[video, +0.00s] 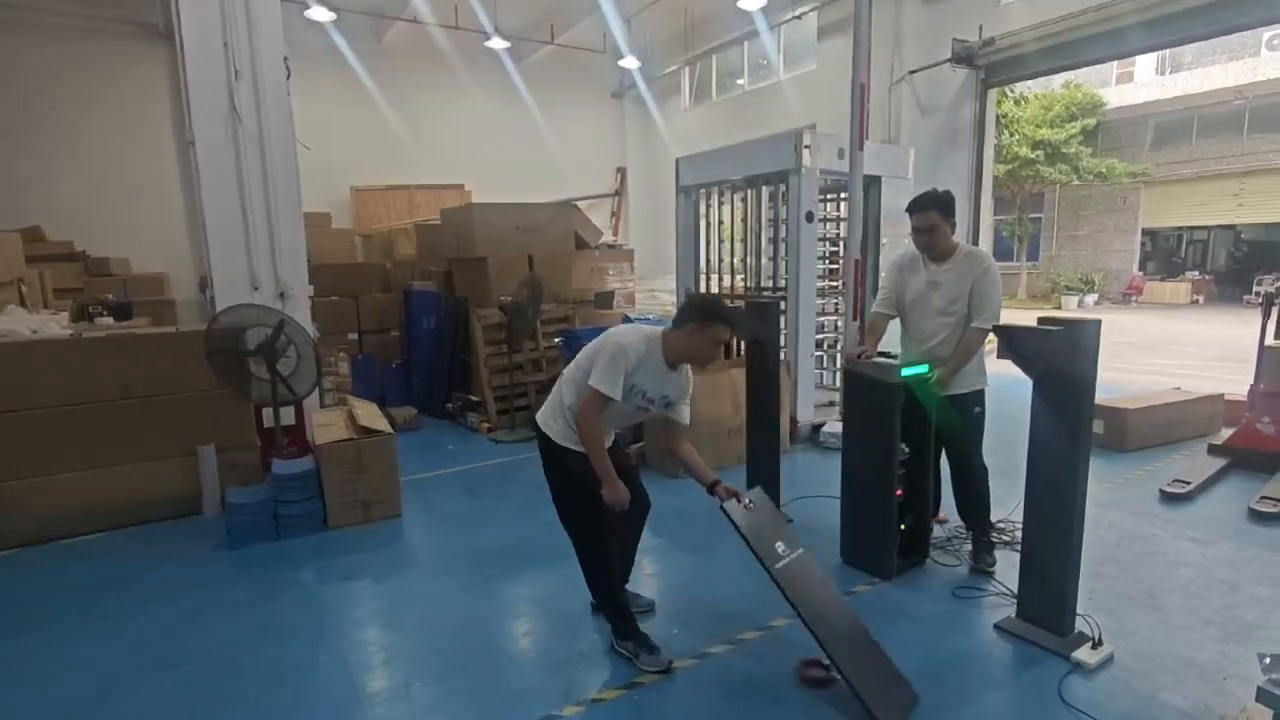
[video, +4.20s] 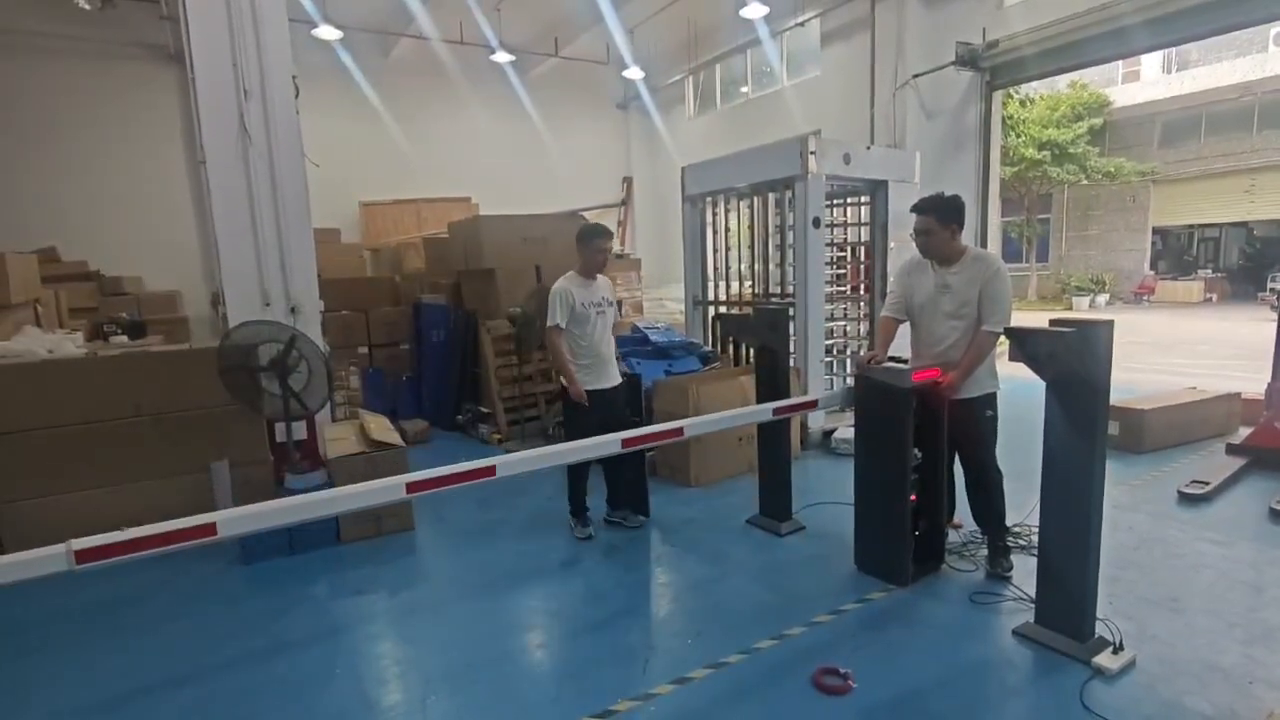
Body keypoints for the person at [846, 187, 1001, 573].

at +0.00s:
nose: (920, 239)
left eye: (929, 231)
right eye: (915, 231)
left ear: (952, 227)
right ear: (910, 229)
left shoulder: (979, 264)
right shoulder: (903, 264)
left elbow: (981, 326)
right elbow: (881, 311)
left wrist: (951, 369)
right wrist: (867, 345)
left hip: (963, 384)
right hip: (916, 382)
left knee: (967, 465)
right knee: (918, 465)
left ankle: (981, 538)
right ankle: (914, 544)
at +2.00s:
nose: (922, 246)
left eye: (930, 238)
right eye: (918, 238)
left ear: (955, 234)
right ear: (914, 235)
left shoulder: (985, 273)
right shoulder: (908, 271)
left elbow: (986, 334)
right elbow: (887, 317)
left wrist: (954, 377)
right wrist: (873, 354)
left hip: (969, 394)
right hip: (921, 393)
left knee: (975, 473)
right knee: (925, 474)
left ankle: (990, 545)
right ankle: (923, 548)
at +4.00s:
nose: (916, 241)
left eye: (924, 234)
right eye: (915, 233)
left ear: (953, 232)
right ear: (929, 232)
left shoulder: (989, 268)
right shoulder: (912, 267)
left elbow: (991, 330)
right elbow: (892, 313)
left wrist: (960, 374)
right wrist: (880, 350)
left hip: (975, 389)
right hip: (927, 390)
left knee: (982, 471)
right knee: (932, 471)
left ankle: (997, 543)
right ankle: (930, 545)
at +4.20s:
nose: (916, 241)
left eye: (923, 234)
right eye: (915, 233)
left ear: (953, 231)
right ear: (921, 231)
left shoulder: (988, 268)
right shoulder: (912, 267)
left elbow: (991, 329)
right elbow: (891, 313)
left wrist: (960, 373)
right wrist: (879, 349)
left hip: (974, 389)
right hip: (926, 389)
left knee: (981, 470)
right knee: (932, 471)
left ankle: (997, 544)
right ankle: (930, 545)